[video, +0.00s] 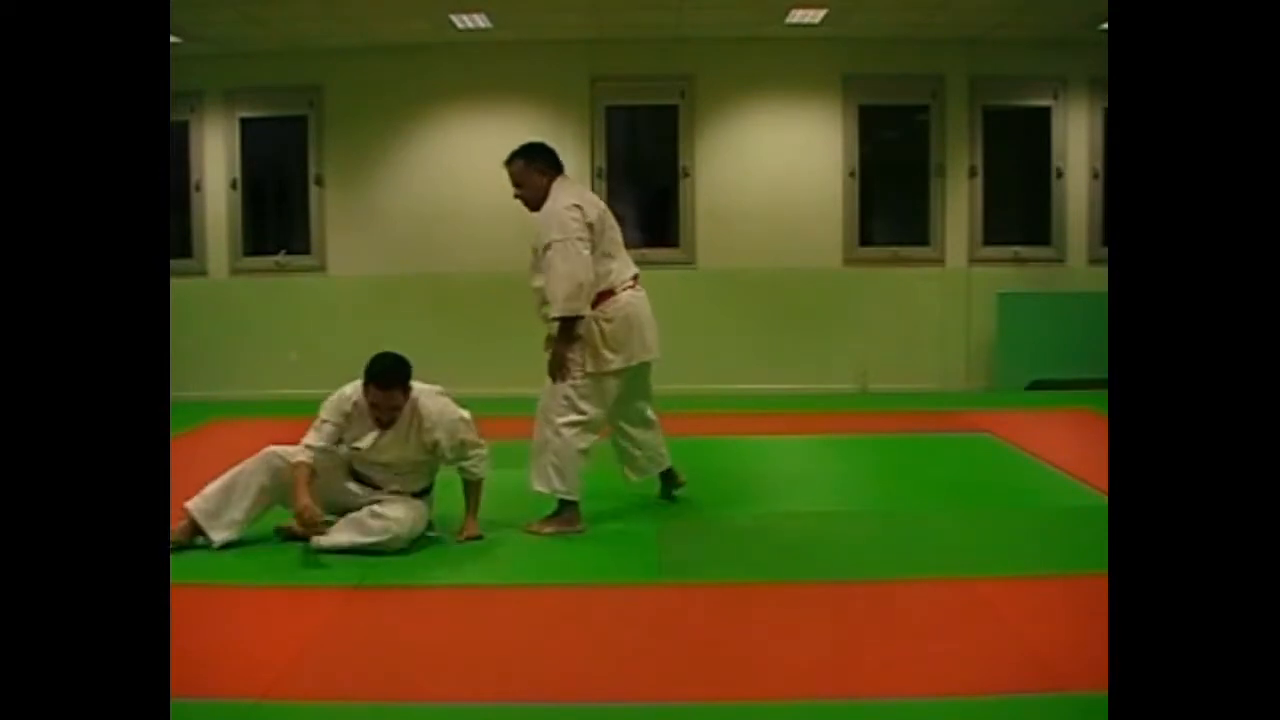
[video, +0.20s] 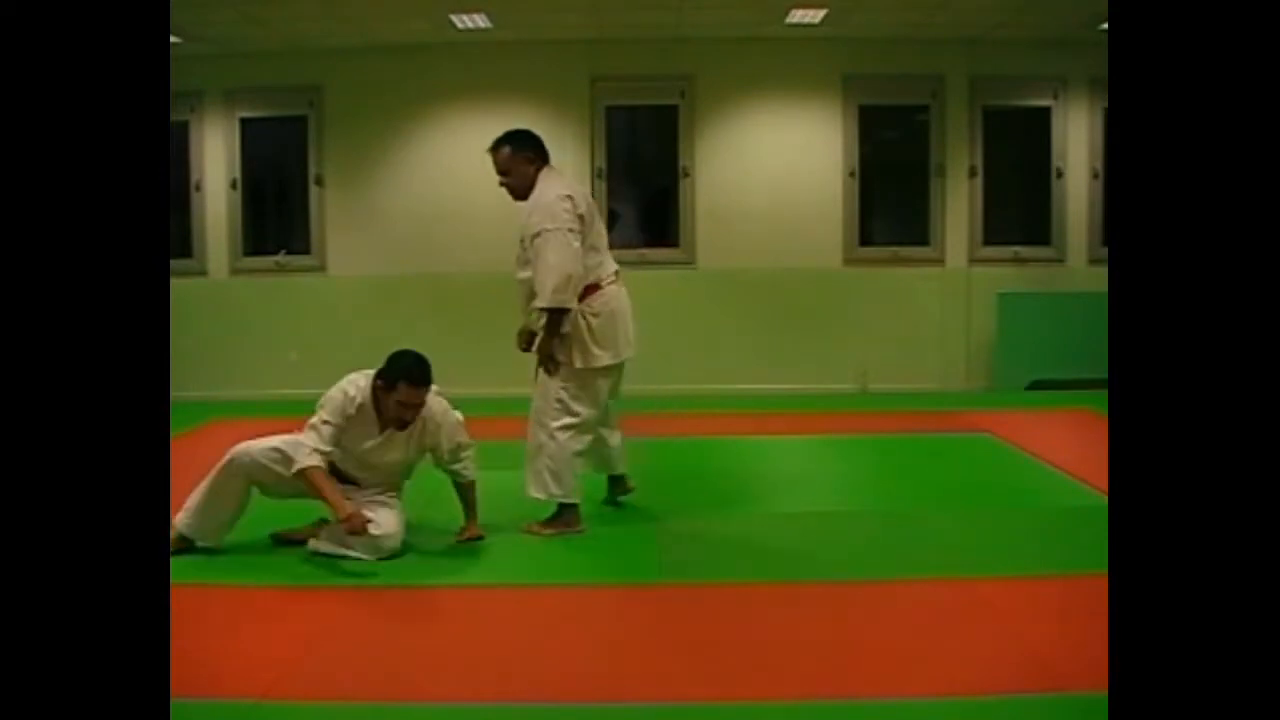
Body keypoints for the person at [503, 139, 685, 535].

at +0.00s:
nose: (516, 195)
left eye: (519, 184)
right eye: (513, 186)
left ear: (541, 175)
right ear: (549, 175)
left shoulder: (560, 210)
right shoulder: (581, 197)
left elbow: (573, 280)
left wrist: (560, 343)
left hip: (603, 321)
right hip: (632, 310)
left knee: (560, 411)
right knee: (630, 404)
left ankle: (567, 509)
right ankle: (666, 473)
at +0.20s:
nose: (502, 183)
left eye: (506, 173)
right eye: (499, 174)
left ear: (532, 164)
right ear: (533, 166)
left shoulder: (549, 204)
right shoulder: (559, 192)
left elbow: (561, 273)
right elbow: (545, 268)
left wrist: (550, 334)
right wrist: (530, 320)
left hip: (583, 318)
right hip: (605, 310)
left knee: (554, 412)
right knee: (595, 405)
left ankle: (566, 509)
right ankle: (616, 477)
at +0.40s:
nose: (493, 176)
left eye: (497, 166)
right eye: (490, 168)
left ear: (523, 157)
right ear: (518, 160)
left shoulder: (545, 197)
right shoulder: (531, 195)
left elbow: (559, 268)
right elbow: (532, 268)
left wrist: (551, 329)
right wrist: (514, 317)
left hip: (569, 317)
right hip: (553, 316)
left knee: (559, 414)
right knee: (542, 412)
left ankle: (563, 505)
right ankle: (546, 494)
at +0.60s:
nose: (484, 172)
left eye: (489, 162)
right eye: (480, 163)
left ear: (515, 154)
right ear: (505, 158)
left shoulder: (541, 193)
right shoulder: (519, 195)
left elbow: (559, 265)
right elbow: (516, 269)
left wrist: (549, 326)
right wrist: (496, 319)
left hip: (559, 322)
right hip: (532, 323)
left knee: (555, 417)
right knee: (525, 417)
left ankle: (566, 508)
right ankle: (528, 499)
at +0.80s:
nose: (474, 168)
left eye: (480, 158)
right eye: (470, 160)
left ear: (506, 151)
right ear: (488, 156)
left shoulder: (534, 191)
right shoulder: (504, 195)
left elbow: (553, 259)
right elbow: (498, 266)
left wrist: (546, 320)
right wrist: (477, 317)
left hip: (547, 321)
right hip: (519, 324)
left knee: (549, 415)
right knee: (519, 415)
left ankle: (564, 506)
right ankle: (526, 499)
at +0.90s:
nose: (470, 169)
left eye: (476, 159)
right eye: (466, 161)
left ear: (502, 151)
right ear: (471, 158)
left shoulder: (533, 191)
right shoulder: (497, 196)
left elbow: (551, 260)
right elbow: (487, 267)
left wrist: (542, 321)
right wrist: (468, 319)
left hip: (543, 324)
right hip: (514, 326)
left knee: (545, 415)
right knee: (516, 415)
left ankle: (561, 504)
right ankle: (525, 498)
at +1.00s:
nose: (465, 170)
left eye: (471, 160)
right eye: (460, 162)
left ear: (497, 154)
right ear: (462, 162)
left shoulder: (530, 192)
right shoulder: (486, 201)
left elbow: (550, 257)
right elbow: (478, 270)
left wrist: (541, 317)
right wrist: (459, 323)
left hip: (543, 318)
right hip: (510, 322)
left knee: (530, 404)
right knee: (510, 409)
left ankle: (553, 496)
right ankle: (524, 496)